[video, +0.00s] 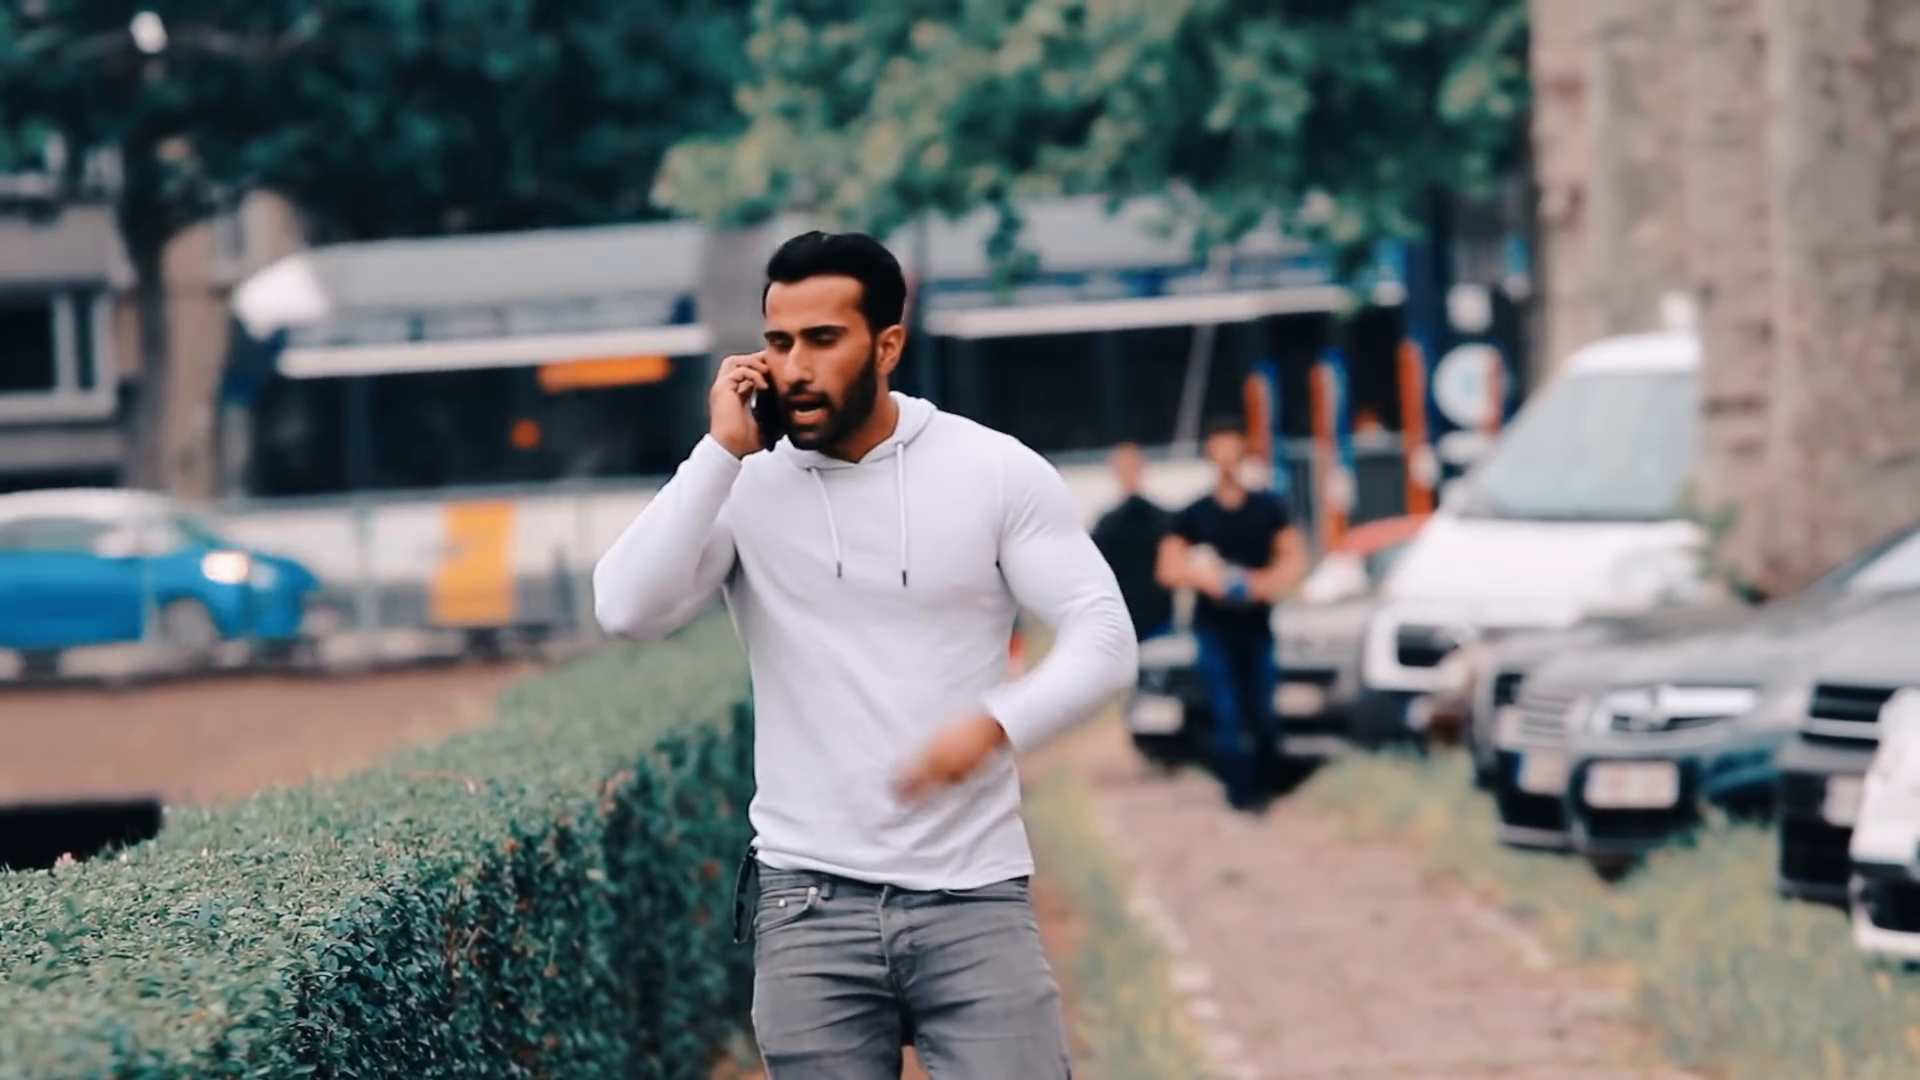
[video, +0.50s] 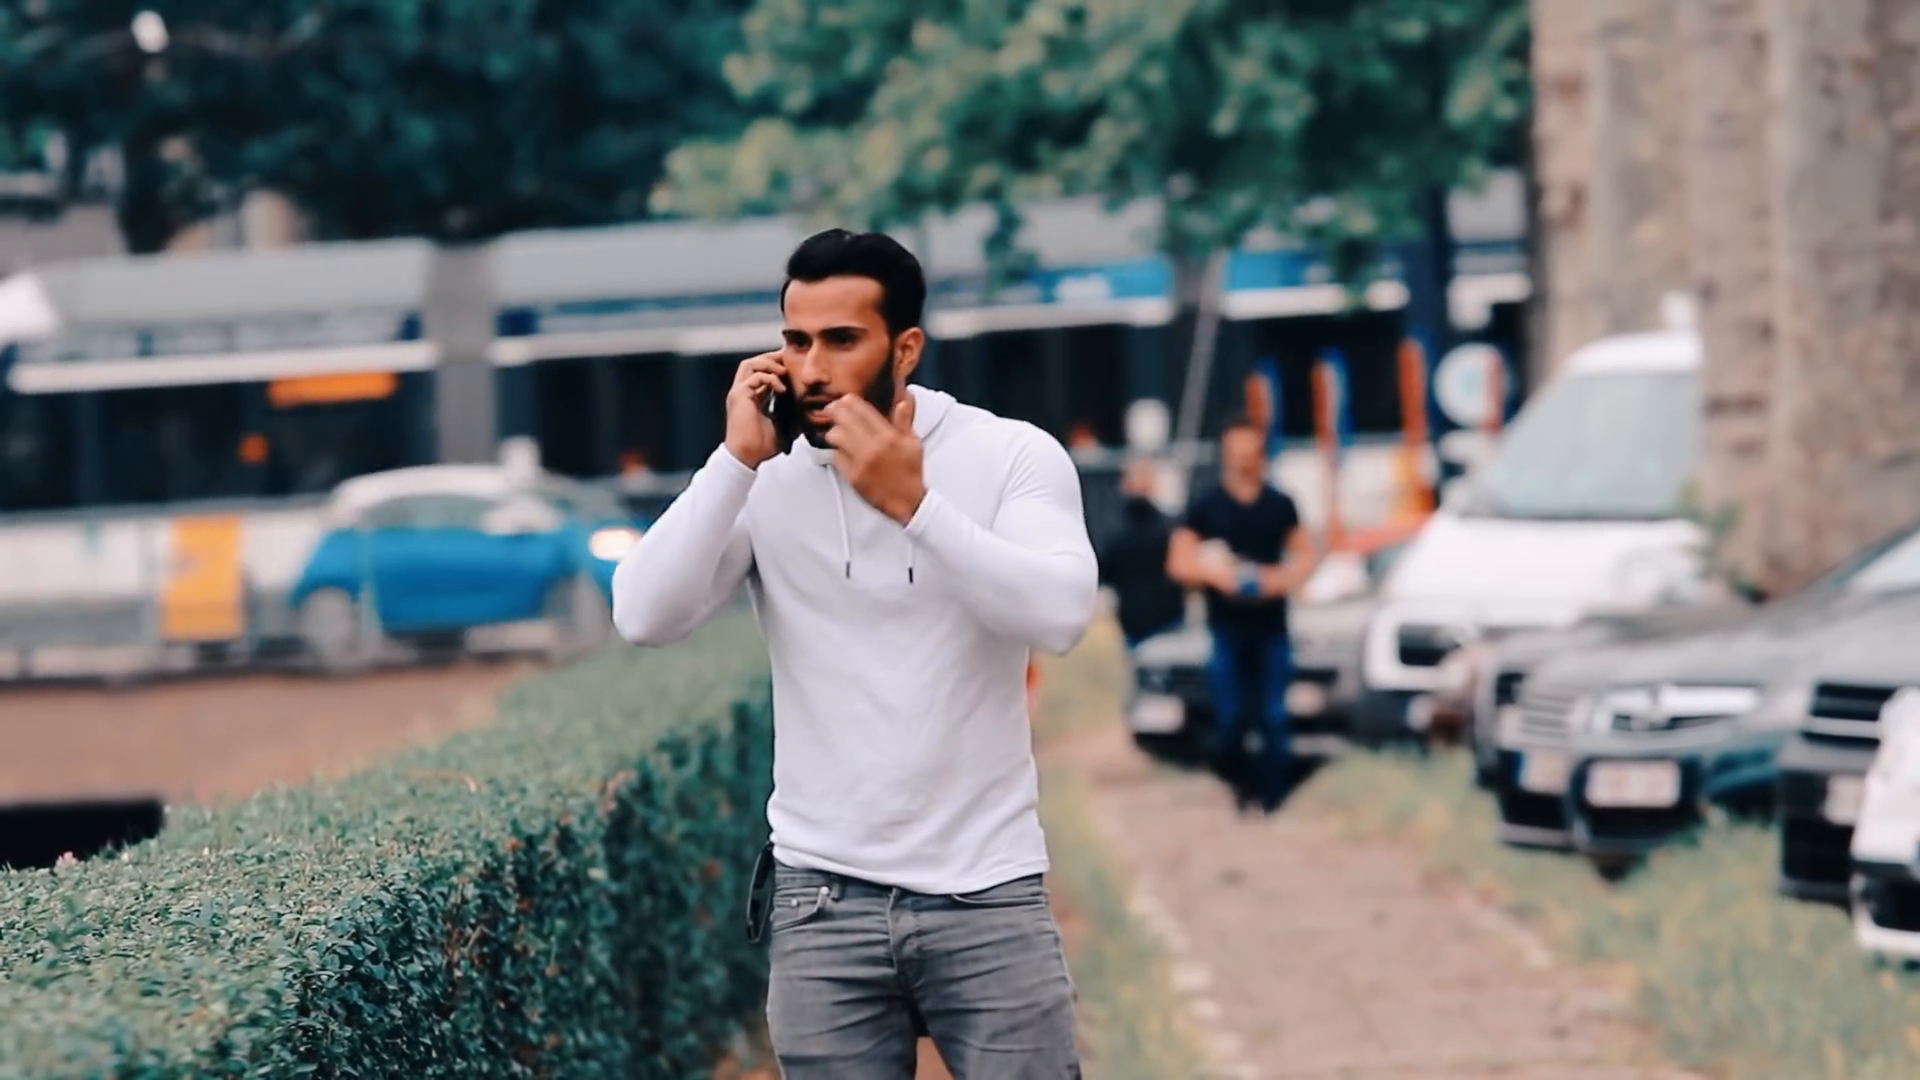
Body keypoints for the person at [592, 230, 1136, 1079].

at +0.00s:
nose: (792, 369)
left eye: (822, 339)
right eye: (777, 342)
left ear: (888, 346)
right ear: (760, 351)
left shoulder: (996, 472)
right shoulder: (741, 487)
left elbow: (1106, 643)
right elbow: (623, 608)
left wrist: (994, 724)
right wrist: (722, 452)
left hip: (975, 900)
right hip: (808, 904)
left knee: (1024, 1065)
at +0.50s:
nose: (812, 369)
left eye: (841, 340)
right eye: (797, 342)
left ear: (906, 347)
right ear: (781, 346)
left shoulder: (1015, 457)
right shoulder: (762, 486)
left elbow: (1059, 616)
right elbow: (641, 615)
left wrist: (915, 504)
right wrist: (736, 459)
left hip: (989, 899)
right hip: (821, 902)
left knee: (1032, 1065)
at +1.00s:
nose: (799, 385)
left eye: (827, 358)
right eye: (787, 358)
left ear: (895, 356)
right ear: (769, 358)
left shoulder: (1009, 453)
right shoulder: (765, 489)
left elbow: (1021, 606)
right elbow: (650, 637)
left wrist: (848, 595)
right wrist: (733, 476)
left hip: (997, 896)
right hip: (829, 902)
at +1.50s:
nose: (798, 378)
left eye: (825, 349)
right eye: (784, 353)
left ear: (892, 349)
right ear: (767, 358)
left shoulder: (1009, 452)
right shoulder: (760, 491)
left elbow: (1029, 602)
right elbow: (649, 634)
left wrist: (861, 601)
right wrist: (732, 472)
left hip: (997, 894)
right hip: (827, 901)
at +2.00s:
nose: (801, 372)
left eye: (830, 342)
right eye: (787, 347)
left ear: (896, 346)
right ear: (771, 354)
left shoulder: (1012, 448)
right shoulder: (765, 485)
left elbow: (1037, 595)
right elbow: (651, 627)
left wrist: (867, 540)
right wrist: (733, 467)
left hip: (1000, 892)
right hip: (830, 899)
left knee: (1044, 1064)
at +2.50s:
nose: (794, 373)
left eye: (822, 343)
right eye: (780, 348)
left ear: (890, 346)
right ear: (764, 355)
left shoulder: (1007, 450)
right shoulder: (760, 490)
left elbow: (1023, 599)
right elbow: (648, 630)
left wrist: (853, 596)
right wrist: (727, 467)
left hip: (996, 895)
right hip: (827, 901)